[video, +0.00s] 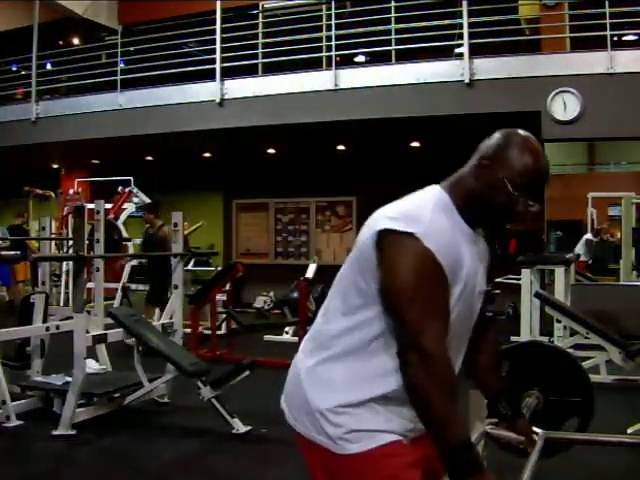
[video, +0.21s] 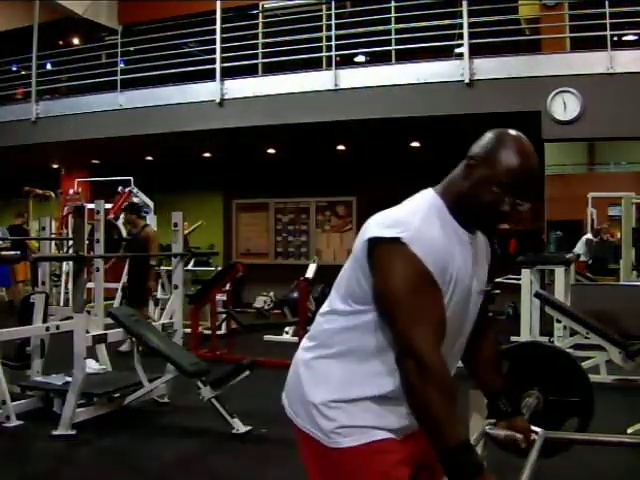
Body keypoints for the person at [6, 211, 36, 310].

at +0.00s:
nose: (25, 221)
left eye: (24, 219)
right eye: (25, 219)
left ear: (15, 218)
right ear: (23, 218)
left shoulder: (9, 228)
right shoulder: (24, 230)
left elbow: (7, 242)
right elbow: (28, 242)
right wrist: (35, 251)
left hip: (10, 258)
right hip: (22, 258)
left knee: (12, 282)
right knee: (21, 282)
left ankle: (13, 302)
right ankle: (21, 302)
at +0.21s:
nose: (26, 220)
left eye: (25, 218)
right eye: (25, 218)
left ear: (15, 218)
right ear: (23, 218)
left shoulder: (9, 228)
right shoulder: (24, 230)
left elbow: (7, 242)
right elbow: (28, 242)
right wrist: (35, 251)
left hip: (11, 257)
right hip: (22, 257)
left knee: (12, 282)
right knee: (20, 282)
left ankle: (12, 302)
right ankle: (21, 302)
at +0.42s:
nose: (26, 220)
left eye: (24, 218)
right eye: (25, 218)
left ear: (16, 218)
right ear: (23, 218)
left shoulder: (10, 228)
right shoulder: (23, 230)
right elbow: (27, 242)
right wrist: (35, 250)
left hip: (11, 257)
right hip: (21, 257)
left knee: (13, 282)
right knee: (20, 282)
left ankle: (10, 301)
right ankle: (19, 302)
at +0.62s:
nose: (28, 218)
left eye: (27, 216)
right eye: (27, 216)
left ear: (16, 217)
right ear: (25, 216)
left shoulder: (10, 228)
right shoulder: (23, 229)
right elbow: (28, 242)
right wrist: (35, 249)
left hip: (10, 258)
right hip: (21, 258)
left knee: (12, 282)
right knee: (20, 282)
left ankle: (14, 303)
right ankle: (20, 304)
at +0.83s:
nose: (28, 220)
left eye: (27, 217)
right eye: (27, 217)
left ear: (16, 217)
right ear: (24, 217)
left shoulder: (10, 228)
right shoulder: (23, 230)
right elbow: (28, 243)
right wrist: (36, 249)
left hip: (11, 258)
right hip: (21, 258)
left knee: (12, 283)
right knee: (21, 283)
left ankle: (12, 302)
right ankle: (19, 303)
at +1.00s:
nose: (28, 219)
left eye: (28, 217)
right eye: (27, 217)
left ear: (17, 217)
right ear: (24, 217)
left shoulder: (9, 229)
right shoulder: (23, 230)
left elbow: (8, 243)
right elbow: (29, 244)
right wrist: (35, 249)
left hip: (11, 258)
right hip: (22, 258)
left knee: (13, 282)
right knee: (21, 282)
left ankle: (13, 302)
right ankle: (21, 303)